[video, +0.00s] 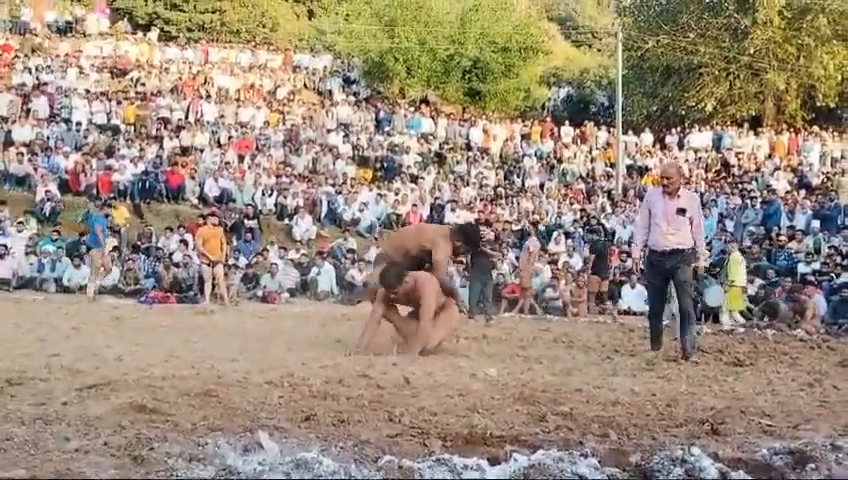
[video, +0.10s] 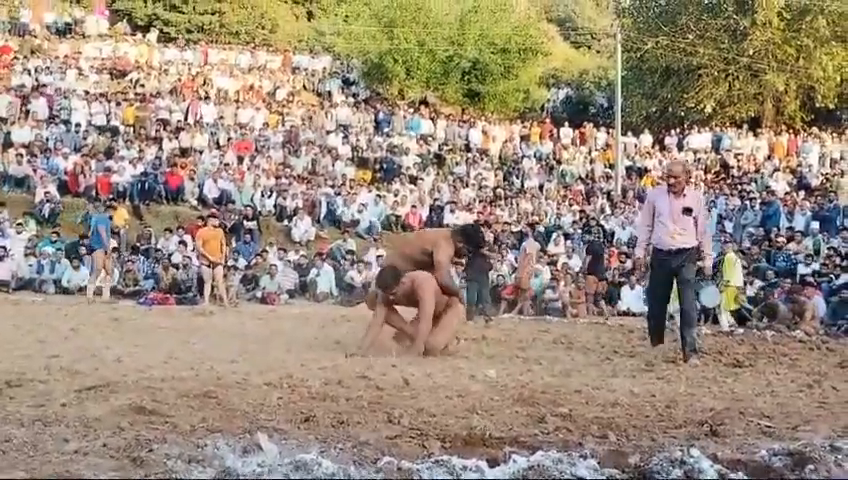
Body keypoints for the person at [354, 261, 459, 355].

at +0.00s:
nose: (391, 296)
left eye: (394, 292)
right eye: (388, 292)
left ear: (406, 282)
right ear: (384, 286)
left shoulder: (427, 284)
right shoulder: (386, 290)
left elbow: (425, 323)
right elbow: (375, 319)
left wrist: (412, 354)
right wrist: (361, 349)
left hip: (445, 309)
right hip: (419, 311)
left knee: (427, 345)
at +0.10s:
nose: (390, 298)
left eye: (393, 293)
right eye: (387, 294)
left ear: (403, 283)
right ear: (382, 290)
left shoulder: (424, 283)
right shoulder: (384, 293)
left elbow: (425, 322)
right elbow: (377, 322)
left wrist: (415, 353)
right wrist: (362, 349)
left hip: (450, 307)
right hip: (426, 312)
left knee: (432, 346)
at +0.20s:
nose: (389, 301)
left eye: (392, 296)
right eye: (385, 297)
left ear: (402, 284)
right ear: (381, 293)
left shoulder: (423, 283)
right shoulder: (385, 297)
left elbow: (424, 320)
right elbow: (381, 326)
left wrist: (415, 353)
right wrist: (374, 350)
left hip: (455, 311)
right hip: (430, 315)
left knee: (431, 349)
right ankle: (414, 338)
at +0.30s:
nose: (389, 304)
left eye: (391, 299)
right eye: (386, 301)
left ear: (400, 287)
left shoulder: (424, 284)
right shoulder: (391, 299)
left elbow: (427, 322)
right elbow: (392, 327)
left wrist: (416, 354)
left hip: (458, 315)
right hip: (432, 317)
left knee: (430, 351)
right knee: (409, 348)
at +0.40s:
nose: (394, 306)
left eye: (396, 300)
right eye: (391, 303)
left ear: (406, 288)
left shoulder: (431, 288)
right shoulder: (398, 301)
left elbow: (433, 330)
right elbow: (397, 329)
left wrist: (414, 355)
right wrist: (393, 355)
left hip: (463, 323)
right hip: (436, 324)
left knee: (432, 350)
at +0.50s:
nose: (402, 311)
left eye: (403, 305)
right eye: (400, 307)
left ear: (416, 295)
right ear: (415, 294)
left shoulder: (440, 301)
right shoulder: (406, 303)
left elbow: (449, 347)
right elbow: (403, 335)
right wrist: (398, 360)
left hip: (466, 327)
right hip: (435, 326)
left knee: (430, 351)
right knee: (414, 343)